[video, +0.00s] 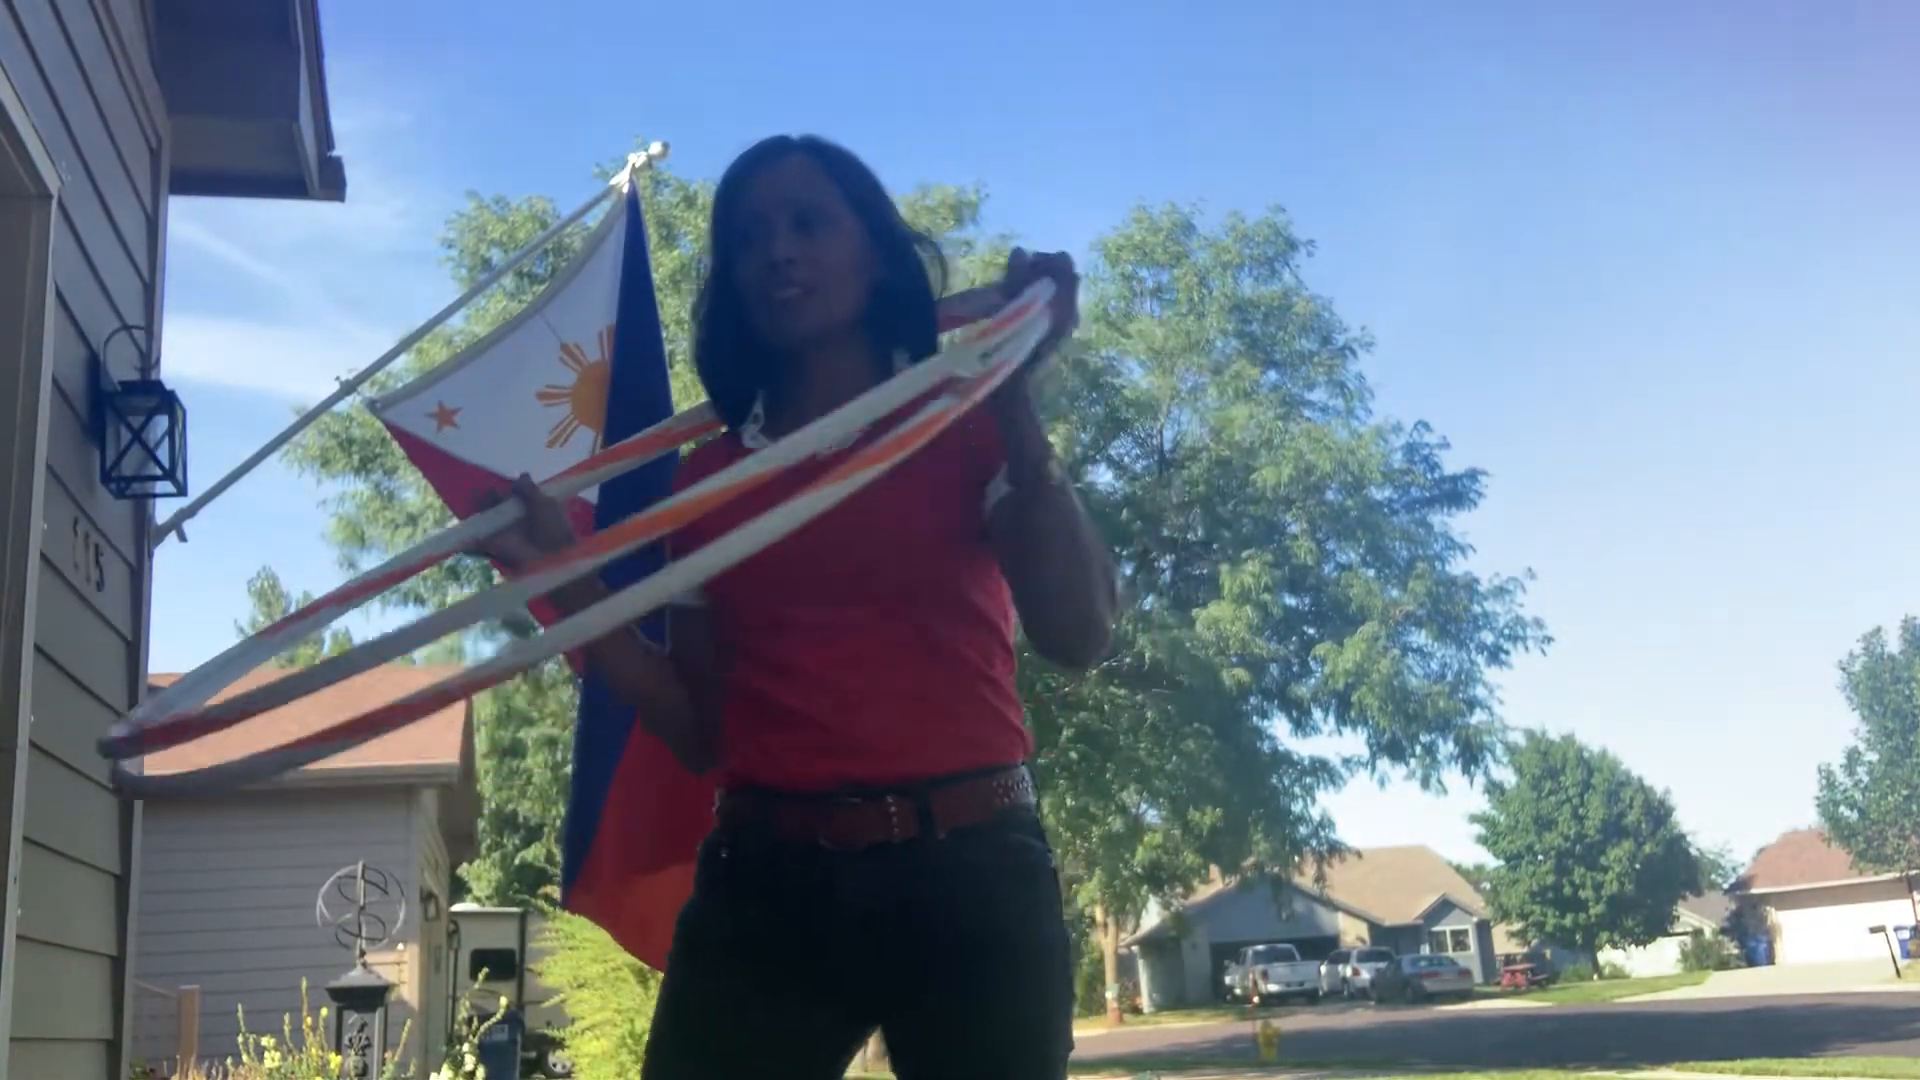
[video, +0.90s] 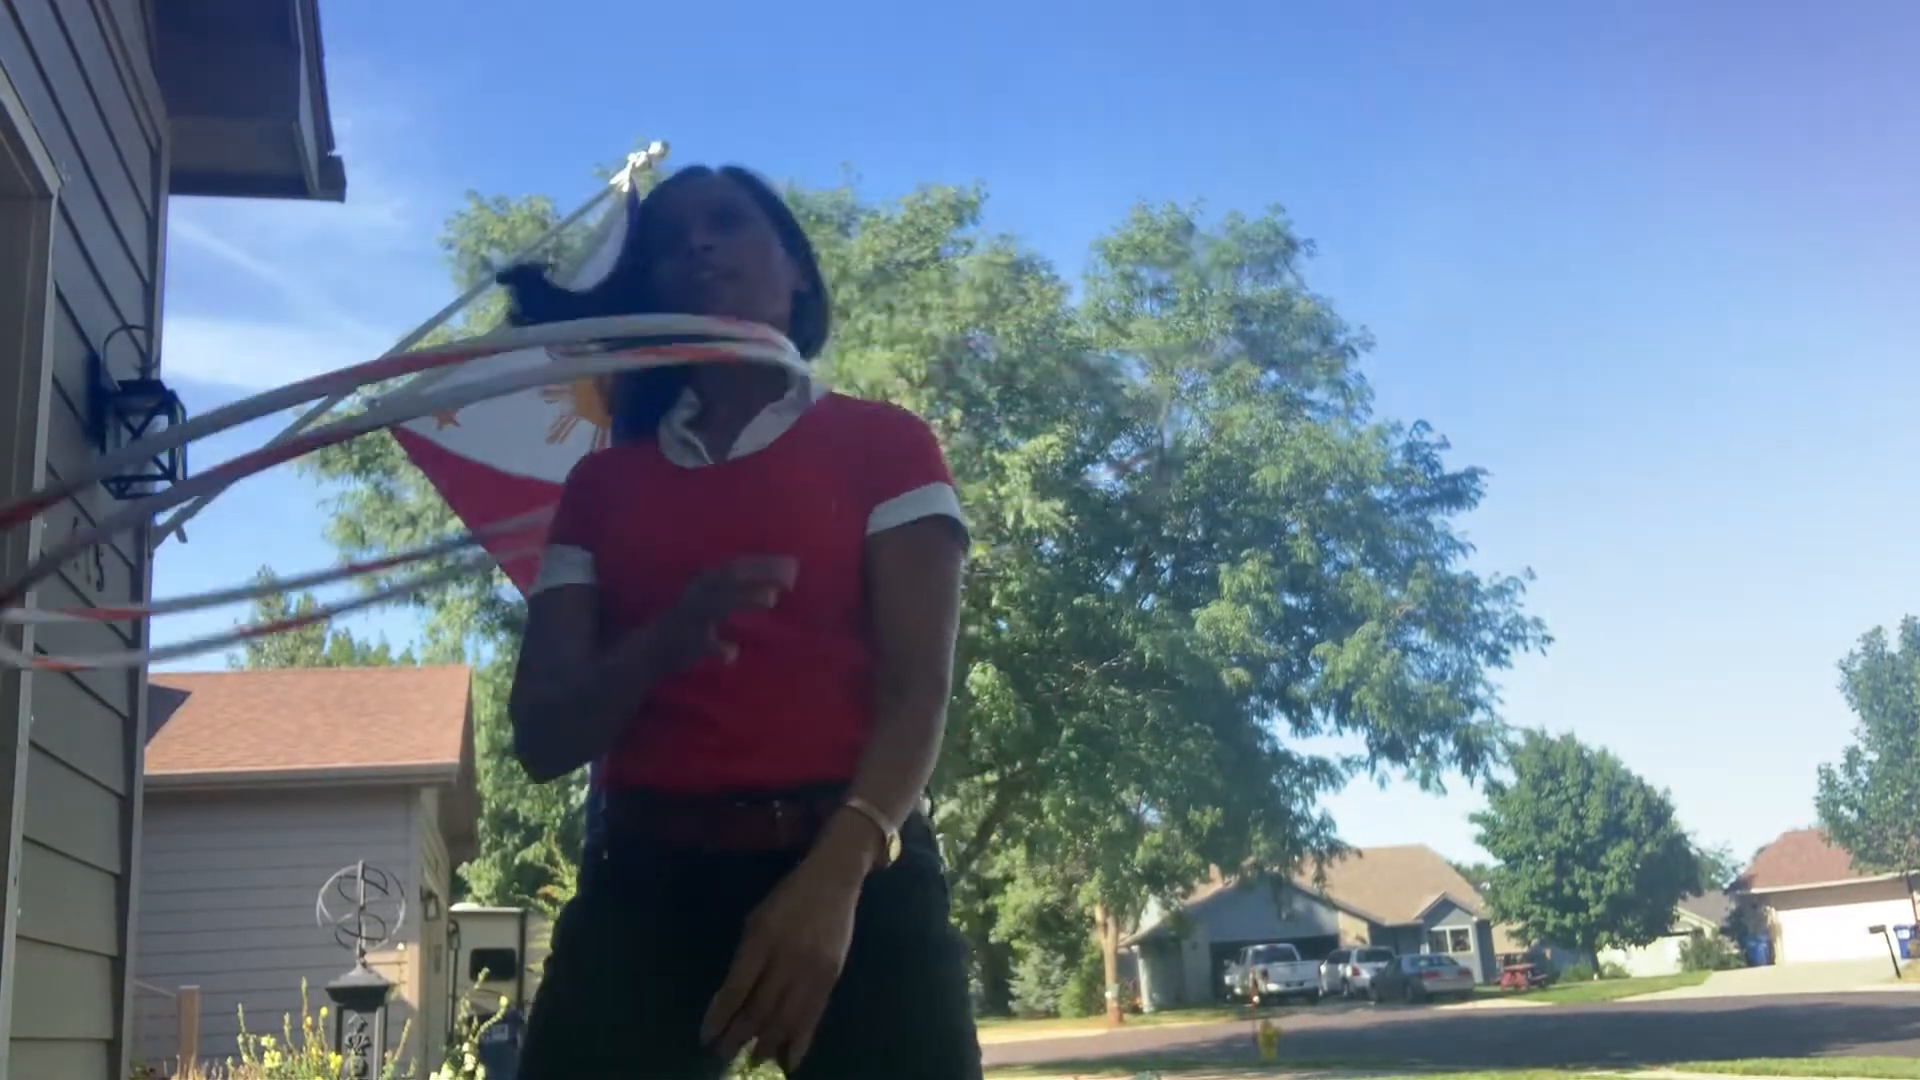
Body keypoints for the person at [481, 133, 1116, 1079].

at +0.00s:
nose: (778, 250)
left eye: (810, 220)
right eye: (750, 232)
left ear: (877, 249)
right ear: (726, 279)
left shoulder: (965, 408)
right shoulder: (711, 474)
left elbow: (1078, 632)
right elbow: (700, 731)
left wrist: (1018, 396)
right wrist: (565, 583)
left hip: (972, 860)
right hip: (771, 869)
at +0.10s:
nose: (711, 250)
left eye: (745, 219)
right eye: (685, 235)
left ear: (817, 251)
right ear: (662, 281)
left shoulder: (914, 406)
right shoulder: (657, 465)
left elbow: (995, 632)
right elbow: (659, 740)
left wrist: (902, 393)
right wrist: (511, 589)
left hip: (933, 861)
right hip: (734, 877)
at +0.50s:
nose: (704, 257)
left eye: (738, 228)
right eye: (681, 253)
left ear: (815, 257)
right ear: (667, 312)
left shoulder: (908, 424)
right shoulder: (645, 482)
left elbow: (928, 652)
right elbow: (606, 745)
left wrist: (842, 475)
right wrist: (517, 553)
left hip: (901, 869)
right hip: (699, 881)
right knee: (602, 1067)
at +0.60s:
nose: (722, 252)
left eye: (751, 224)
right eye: (696, 246)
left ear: (828, 267)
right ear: (683, 299)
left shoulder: (920, 435)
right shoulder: (649, 465)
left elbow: (949, 662)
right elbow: (596, 706)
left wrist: (835, 631)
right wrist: (678, 495)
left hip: (905, 873)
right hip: (699, 879)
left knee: (970, 1065)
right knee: (599, 1068)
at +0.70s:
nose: (712, 242)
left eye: (741, 219)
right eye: (683, 240)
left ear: (813, 268)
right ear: (667, 303)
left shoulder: (907, 442)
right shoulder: (621, 466)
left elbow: (922, 675)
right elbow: (594, 682)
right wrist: (768, 499)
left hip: (880, 875)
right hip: (669, 889)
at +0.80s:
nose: (695, 238)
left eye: (724, 217)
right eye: (664, 236)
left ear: (791, 269)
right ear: (646, 296)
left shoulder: (880, 441)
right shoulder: (597, 471)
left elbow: (907, 685)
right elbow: (556, 707)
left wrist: (811, 832)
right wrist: (737, 536)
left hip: (857, 872)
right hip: (644, 873)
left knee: (919, 1062)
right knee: (566, 1062)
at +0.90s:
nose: (697, 247)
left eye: (728, 225)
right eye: (668, 242)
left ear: (795, 275)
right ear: (644, 294)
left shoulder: (881, 442)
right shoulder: (604, 482)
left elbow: (918, 687)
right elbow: (542, 737)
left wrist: (836, 868)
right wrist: (661, 643)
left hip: (859, 872)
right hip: (649, 877)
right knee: (577, 1064)